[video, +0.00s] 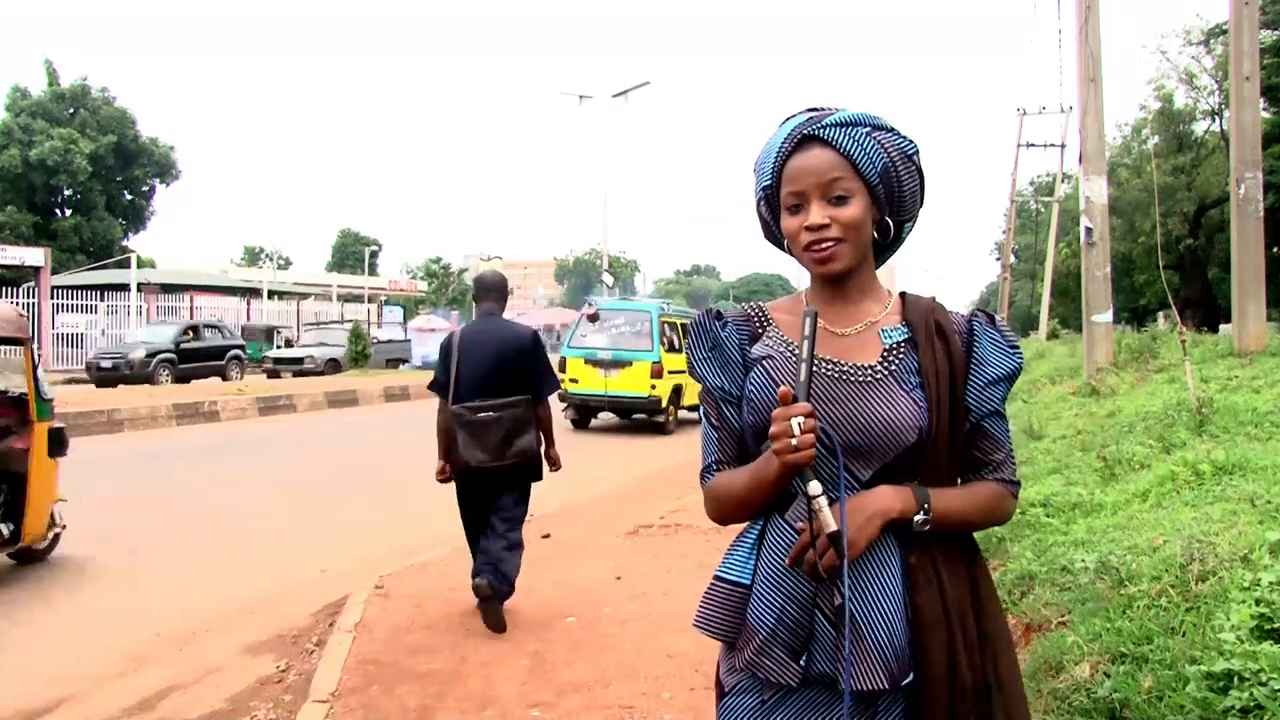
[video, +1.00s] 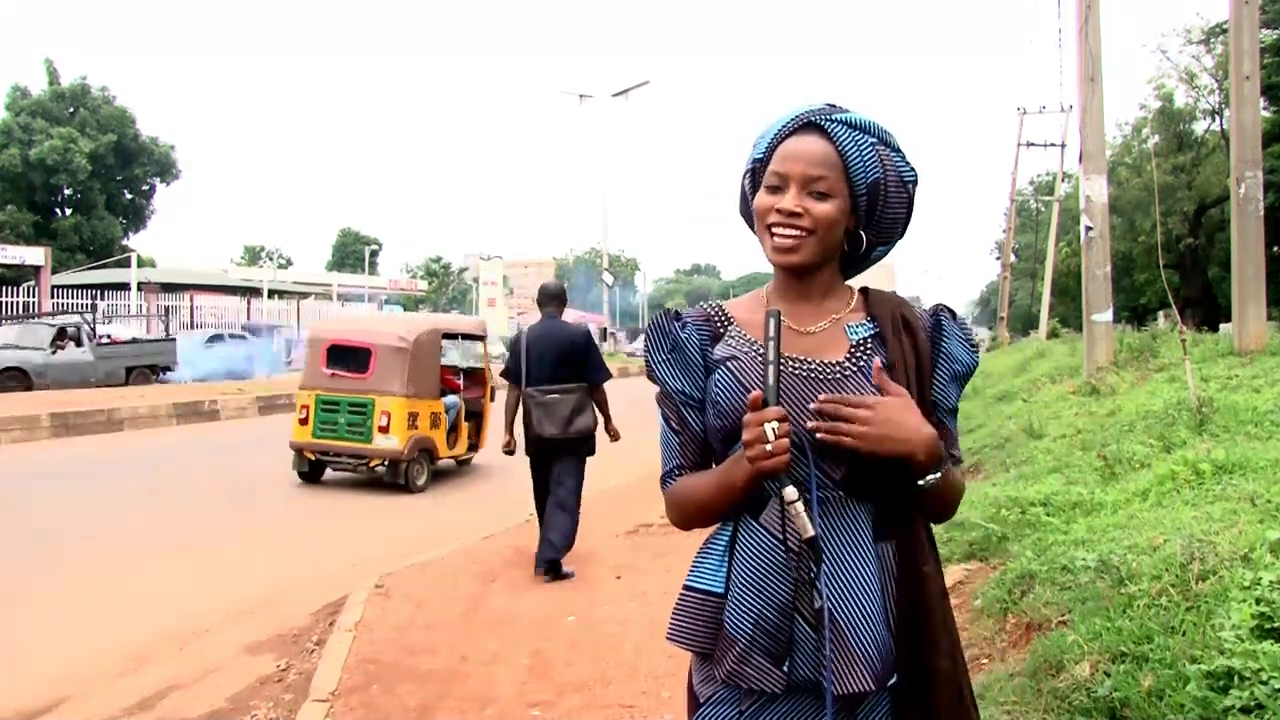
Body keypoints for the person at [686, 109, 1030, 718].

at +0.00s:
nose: (816, 221)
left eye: (838, 198)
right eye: (795, 206)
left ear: (880, 207)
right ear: (778, 224)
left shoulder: (950, 339)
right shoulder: (743, 338)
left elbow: (999, 493)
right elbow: (719, 502)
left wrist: (890, 502)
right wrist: (776, 462)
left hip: (913, 626)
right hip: (781, 629)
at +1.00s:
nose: (788, 206)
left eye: (818, 192)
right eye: (775, 185)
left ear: (856, 214)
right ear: (752, 198)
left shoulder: (910, 331)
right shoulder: (700, 337)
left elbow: (943, 506)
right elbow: (681, 506)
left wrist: (925, 445)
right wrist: (743, 465)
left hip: (883, 634)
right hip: (748, 636)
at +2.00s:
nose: (742, 216)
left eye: (767, 193)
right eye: (723, 202)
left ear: (815, 206)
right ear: (709, 222)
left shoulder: (881, 346)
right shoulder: (667, 342)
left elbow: (918, 503)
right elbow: (631, 515)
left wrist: (855, 512)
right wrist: (706, 462)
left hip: (849, 628)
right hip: (710, 629)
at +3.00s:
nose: (733, 206)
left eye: (762, 191)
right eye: (720, 190)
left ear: (809, 217)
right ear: (705, 208)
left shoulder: (877, 342)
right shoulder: (666, 349)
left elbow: (926, 504)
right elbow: (645, 521)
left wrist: (813, 494)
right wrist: (685, 486)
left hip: (847, 651)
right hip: (709, 654)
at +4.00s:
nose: (802, 204)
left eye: (828, 185)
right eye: (786, 191)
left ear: (875, 204)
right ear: (771, 213)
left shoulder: (948, 337)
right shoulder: (736, 343)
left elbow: (985, 495)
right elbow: (718, 514)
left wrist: (938, 491)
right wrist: (767, 459)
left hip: (918, 641)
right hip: (783, 646)